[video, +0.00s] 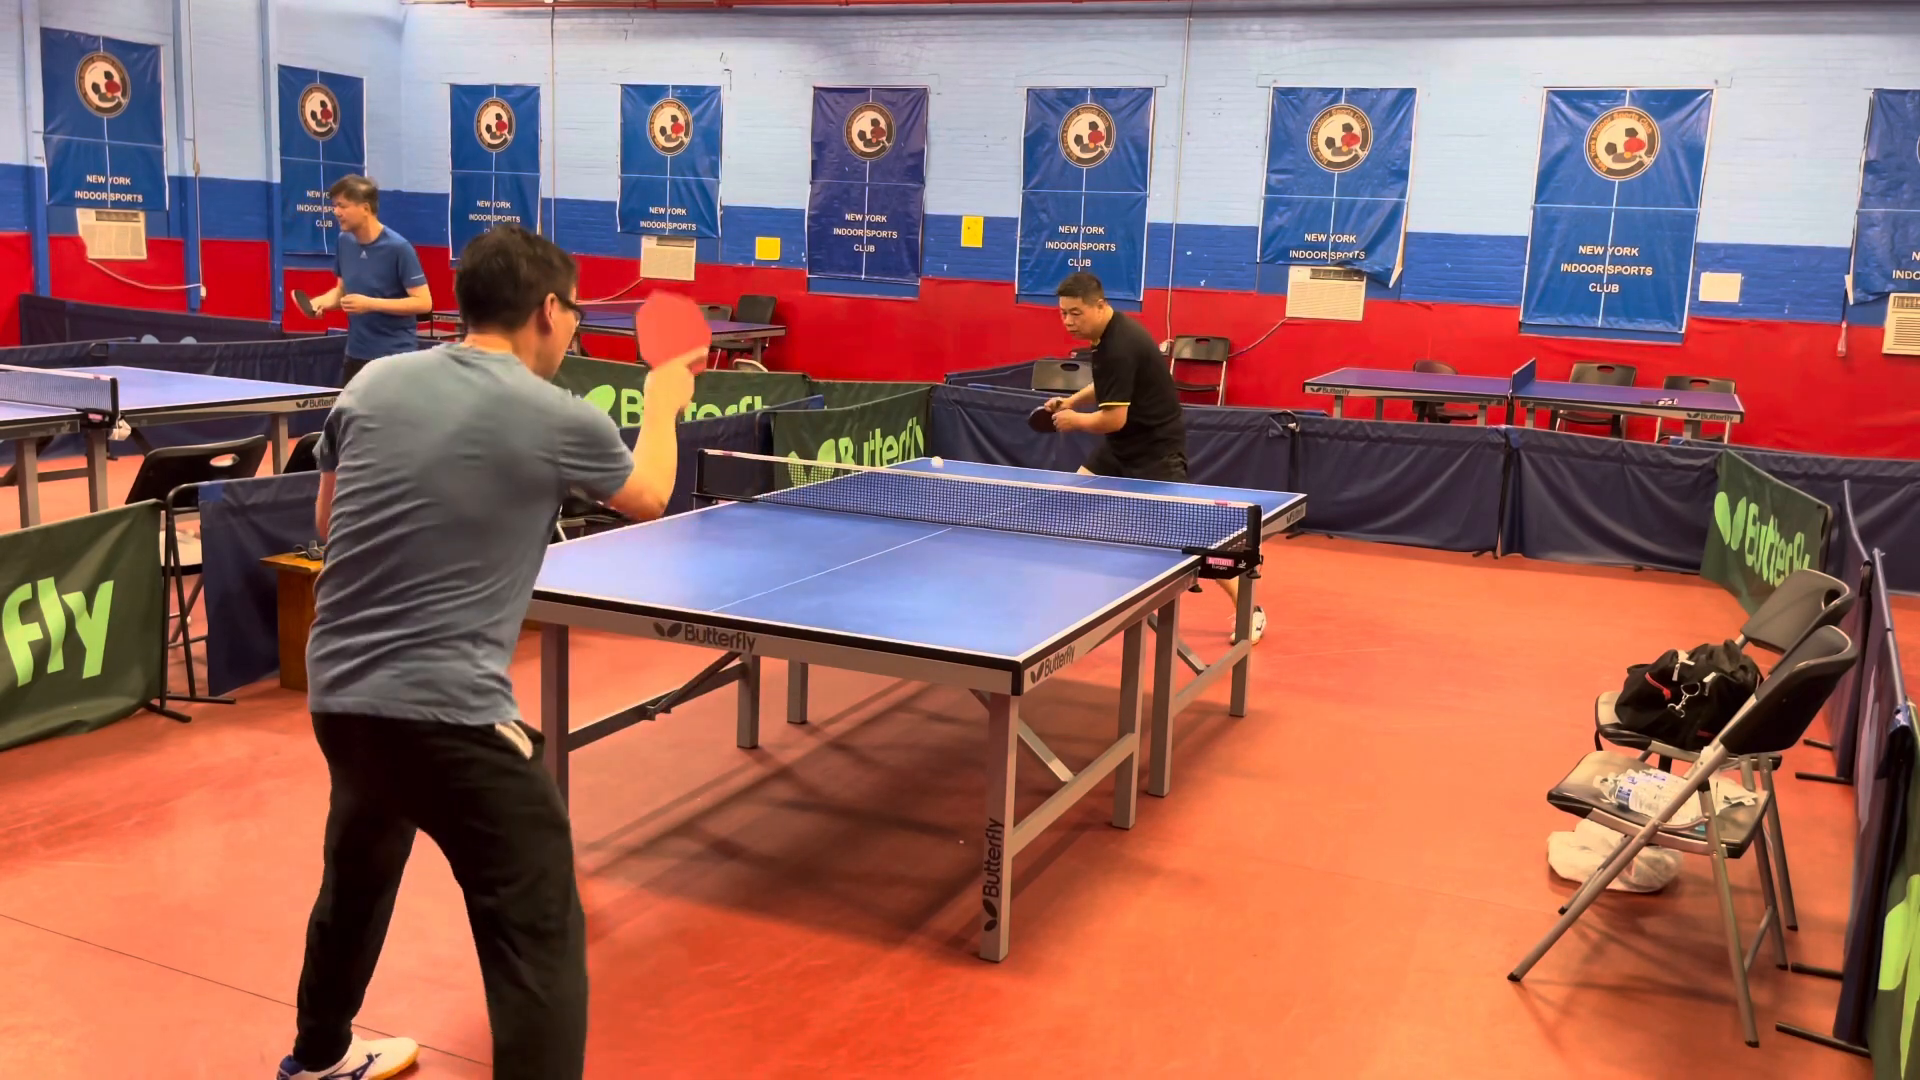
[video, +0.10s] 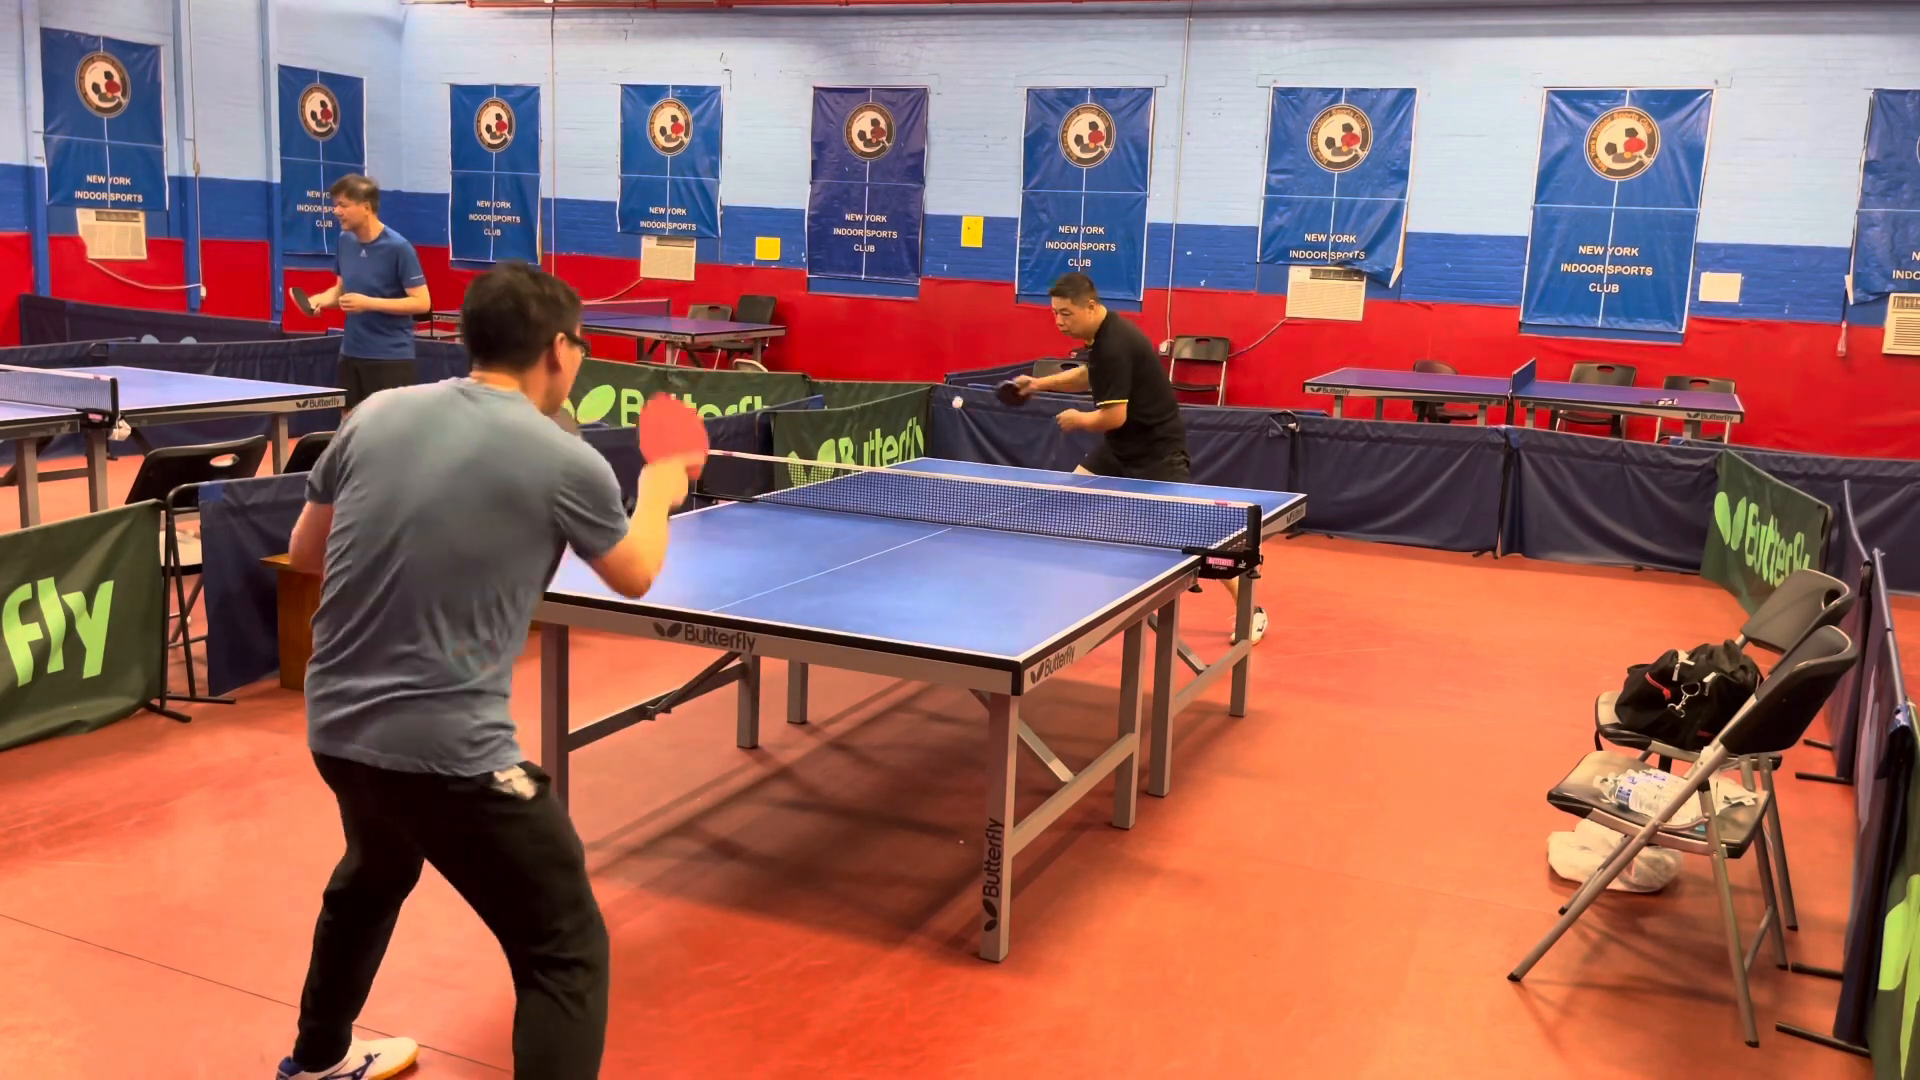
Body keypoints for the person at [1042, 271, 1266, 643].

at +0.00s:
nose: (1067, 322)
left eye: (1074, 314)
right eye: (1063, 314)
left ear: (1100, 306)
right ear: (1064, 310)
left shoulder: (1121, 344)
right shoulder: (1106, 334)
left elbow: (1115, 419)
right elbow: (1108, 383)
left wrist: (1076, 421)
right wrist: (1071, 401)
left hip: (1157, 452)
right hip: (1119, 446)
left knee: (1191, 532)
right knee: (1069, 506)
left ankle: (1248, 612)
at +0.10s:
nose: (1059, 323)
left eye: (1065, 314)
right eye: (1056, 314)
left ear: (1092, 307)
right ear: (1084, 310)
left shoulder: (1116, 343)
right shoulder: (1102, 337)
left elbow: (1115, 415)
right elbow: (1089, 376)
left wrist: (1080, 420)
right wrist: (1038, 384)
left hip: (1158, 452)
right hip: (1119, 447)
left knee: (1193, 530)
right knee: (1065, 501)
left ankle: (1250, 610)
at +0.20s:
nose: (1048, 322)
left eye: (1055, 313)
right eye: (1044, 313)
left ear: (1080, 307)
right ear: (1045, 310)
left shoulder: (1113, 335)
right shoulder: (1065, 342)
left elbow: (1131, 401)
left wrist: (1092, 421)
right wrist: (1000, 365)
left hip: (1155, 441)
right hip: (1110, 440)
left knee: (1183, 522)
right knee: (1054, 499)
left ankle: (1241, 604)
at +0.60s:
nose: (1068, 326)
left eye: (1077, 317)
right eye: (1063, 318)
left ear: (1098, 315)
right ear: (1057, 317)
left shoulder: (1131, 350)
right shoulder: (1053, 354)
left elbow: (1148, 410)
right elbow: (1033, 402)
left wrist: (1095, 435)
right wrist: (1030, 409)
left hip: (1132, 450)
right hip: (1073, 448)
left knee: (1169, 509)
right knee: (1021, 497)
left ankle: (1196, 594)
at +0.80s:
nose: (1053, 313)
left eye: (1061, 304)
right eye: (1048, 305)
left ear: (1083, 299)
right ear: (1044, 304)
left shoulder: (1110, 335)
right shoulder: (1061, 335)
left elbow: (1120, 402)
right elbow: (1065, 382)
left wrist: (1076, 411)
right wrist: (1038, 413)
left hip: (1140, 435)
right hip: (1097, 432)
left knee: (1166, 513)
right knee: (1052, 495)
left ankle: (1225, 589)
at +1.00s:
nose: (1072, 322)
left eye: (1079, 314)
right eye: (1067, 314)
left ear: (1103, 306)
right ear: (1065, 312)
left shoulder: (1125, 345)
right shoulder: (1110, 337)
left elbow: (1120, 417)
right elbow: (1112, 378)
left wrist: (1083, 423)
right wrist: (1078, 389)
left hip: (1155, 450)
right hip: (1119, 444)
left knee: (1181, 526)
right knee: (1066, 498)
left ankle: (1231, 602)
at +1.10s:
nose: (1095, 322)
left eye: (1101, 313)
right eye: (1092, 314)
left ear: (1127, 305)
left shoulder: (1155, 342)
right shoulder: (1132, 336)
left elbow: (1156, 415)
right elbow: (1123, 379)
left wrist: (1115, 425)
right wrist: (1081, 373)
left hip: (1171, 460)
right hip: (1131, 453)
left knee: (1193, 535)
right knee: (1088, 512)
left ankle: (1241, 608)